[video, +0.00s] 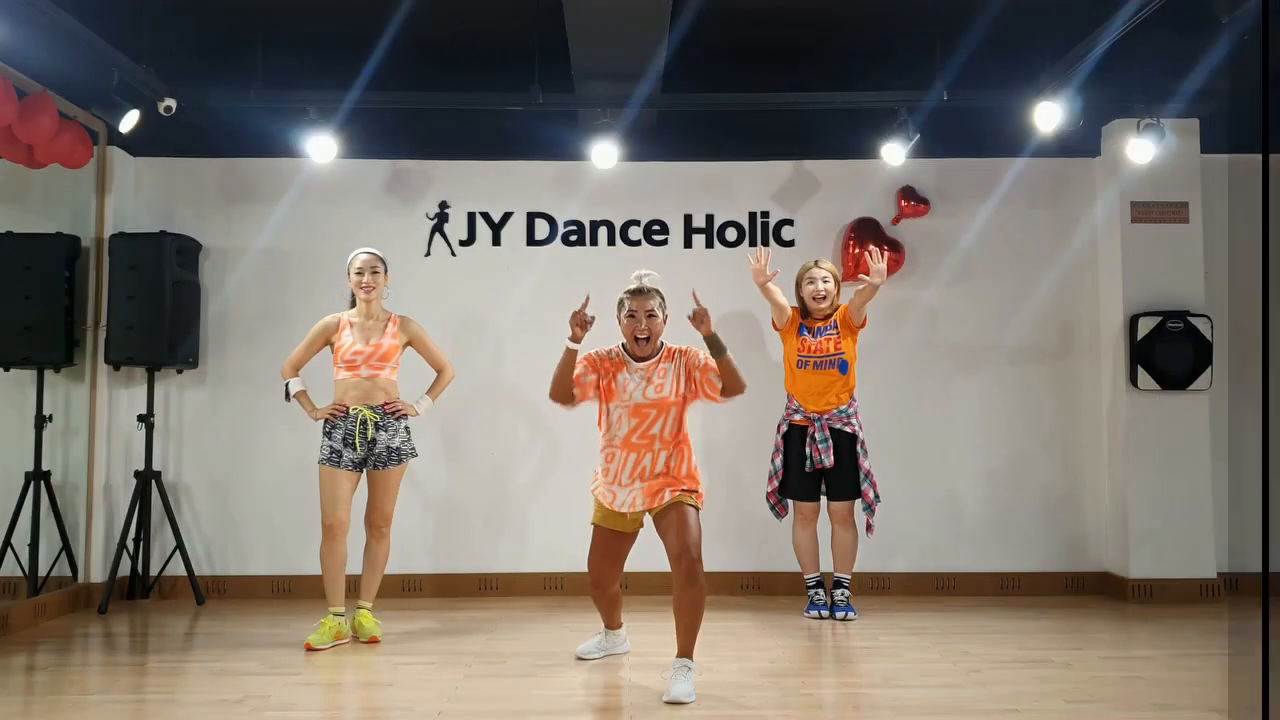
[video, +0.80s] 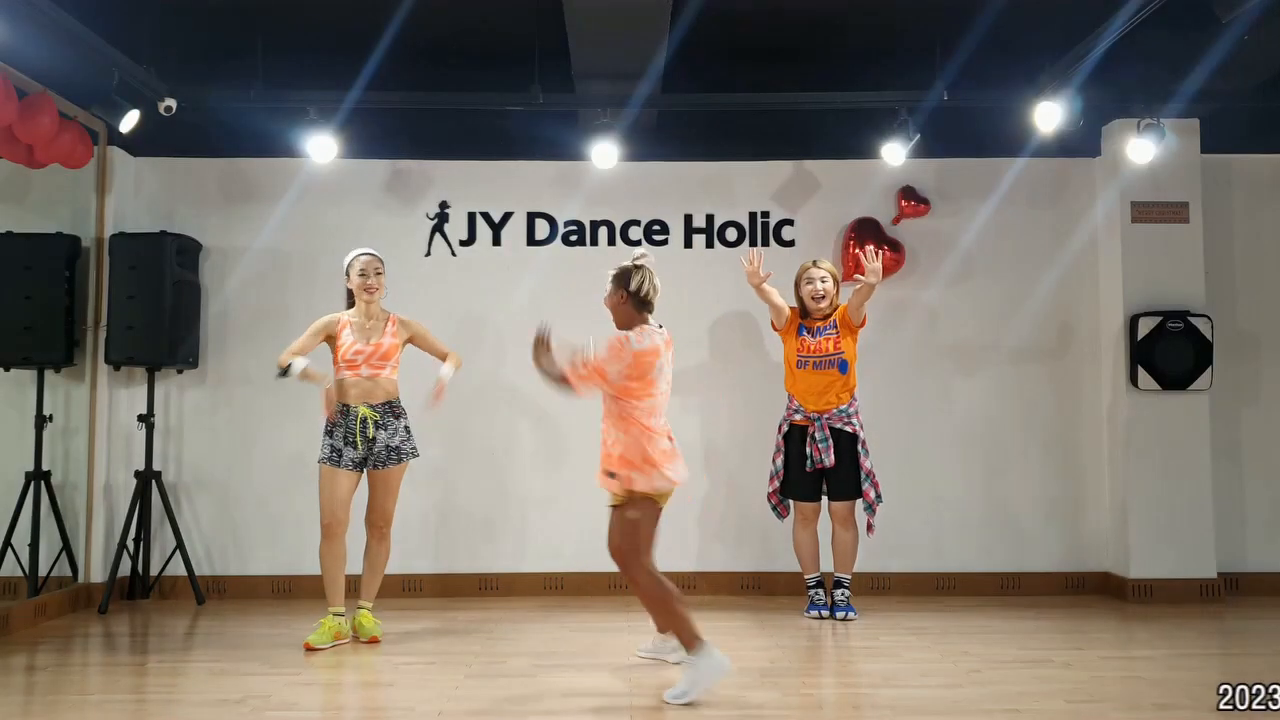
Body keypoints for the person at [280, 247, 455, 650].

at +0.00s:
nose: (367, 279)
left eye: (375, 272)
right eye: (360, 273)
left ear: (386, 280)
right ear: (349, 281)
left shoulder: (403, 327)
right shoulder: (333, 325)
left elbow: (447, 370)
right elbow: (289, 369)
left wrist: (418, 406)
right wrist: (314, 410)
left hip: (389, 428)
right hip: (341, 427)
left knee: (379, 526)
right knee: (333, 526)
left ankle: (365, 612)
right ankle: (336, 617)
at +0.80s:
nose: (371, 280)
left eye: (377, 274)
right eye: (362, 274)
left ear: (386, 280)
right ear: (349, 282)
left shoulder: (402, 326)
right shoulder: (333, 324)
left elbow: (451, 358)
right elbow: (286, 360)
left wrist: (441, 381)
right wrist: (324, 381)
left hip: (389, 427)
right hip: (343, 427)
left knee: (380, 525)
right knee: (331, 524)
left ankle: (365, 612)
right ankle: (336, 617)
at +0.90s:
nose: (374, 279)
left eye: (378, 273)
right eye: (364, 274)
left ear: (385, 279)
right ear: (348, 283)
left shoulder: (401, 325)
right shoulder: (334, 322)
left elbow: (452, 358)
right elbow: (307, 359)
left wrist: (457, 328)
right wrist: (339, 342)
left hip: (388, 425)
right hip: (343, 425)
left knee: (379, 525)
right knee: (330, 524)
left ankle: (365, 612)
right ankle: (335, 617)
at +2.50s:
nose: (369, 276)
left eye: (376, 270)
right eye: (361, 271)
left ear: (386, 279)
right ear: (350, 281)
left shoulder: (401, 320)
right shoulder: (335, 320)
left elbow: (410, 346)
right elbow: (343, 350)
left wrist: (395, 301)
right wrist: (364, 316)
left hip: (392, 423)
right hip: (346, 422)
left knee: (380, 526)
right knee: (332, 525)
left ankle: (364, 612)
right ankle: (335, 617)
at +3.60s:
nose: (338, 281)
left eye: (347, 275)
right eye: (332, 275)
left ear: (361, 286)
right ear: (324, 287)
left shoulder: (377, 324)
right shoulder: (318, 325)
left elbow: (383, 354)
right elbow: (286, 364)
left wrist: (357, 321)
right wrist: (309, 320)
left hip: (370, 425)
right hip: (327, 426)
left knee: (356, 510)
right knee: (324, 517)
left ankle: (364, 593)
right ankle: (340, 602)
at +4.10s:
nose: (306, 294)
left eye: (315, 287)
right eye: (302, 289)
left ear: (336, 291)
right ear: (301, 297)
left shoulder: (359, 326)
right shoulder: (309, 339)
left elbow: (400, 322)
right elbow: (273, 354)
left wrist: (372, 328)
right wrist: (271, 367)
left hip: (371, 429)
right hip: (332, 435)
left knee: (382, 515)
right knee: (323, 522)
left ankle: (396, 582)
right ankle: (342, 604)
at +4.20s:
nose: (306, 288)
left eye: (313, 282)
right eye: (306, 283)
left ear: (336, 285)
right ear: (311, 289)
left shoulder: (355, 317)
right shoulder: (311, 325)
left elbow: (372, 276)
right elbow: (269, 314)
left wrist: (329, 258)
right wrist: (259, 284)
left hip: (375, 418)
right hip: (338, 426)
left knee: (408, 505)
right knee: (332, 518)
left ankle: (440, 581)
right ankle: (343, 603)